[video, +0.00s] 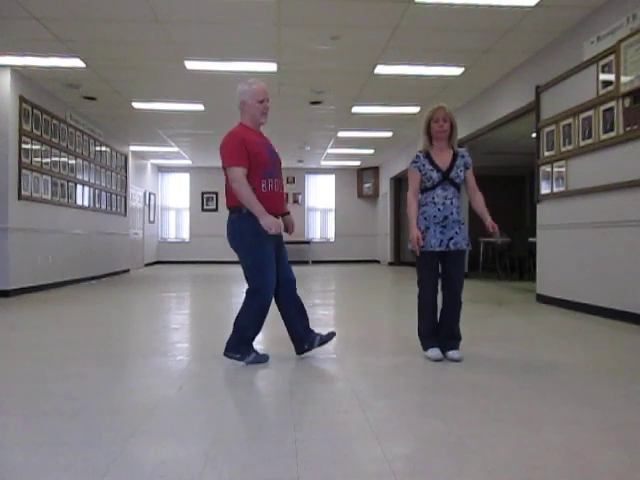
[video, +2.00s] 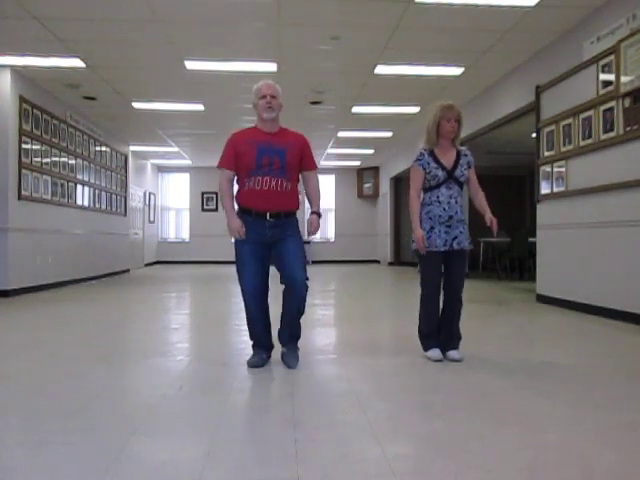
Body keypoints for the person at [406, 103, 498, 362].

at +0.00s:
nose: (441, 125)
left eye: (445, 121)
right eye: (436, 121)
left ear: (452, 126)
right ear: (428, 127)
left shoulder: (462, 158)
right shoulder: (420, 159)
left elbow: (474, 192)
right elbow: (413, 195)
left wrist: (487, 218)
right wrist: (413, 226)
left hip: (456, 231)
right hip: (427, 231)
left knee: (454, 291)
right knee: (428, 290)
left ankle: (450, 343)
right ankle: (430, 343)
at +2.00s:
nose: (452, 125)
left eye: (456, 121)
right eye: (447, 120)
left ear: (459, 126)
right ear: (437, 124)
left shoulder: (465, 157)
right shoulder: (424, 157)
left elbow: (475, 190)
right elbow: (414, 195)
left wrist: (487, 213)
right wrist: (417, 228)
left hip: (458, 230)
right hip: (430, 230)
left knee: (455, 290)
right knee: (430, 289)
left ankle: (450, 343)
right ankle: (430, 343)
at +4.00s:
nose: (450, 119)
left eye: (453, 115)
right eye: (444, 116)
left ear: (458, 122)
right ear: (435, 123)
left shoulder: (467, 155)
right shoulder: (426, 155)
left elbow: (476, 191)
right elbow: (415, 193)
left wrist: (486, 219)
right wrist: (422, 225)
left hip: (460, 229)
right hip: (433, 230)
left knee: (455, 290)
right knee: (434, 289)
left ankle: (451, 343)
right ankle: (431, 343)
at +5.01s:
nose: (450, 121)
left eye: (455, 118)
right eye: (446, 117)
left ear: (460, 125)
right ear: (438, 123)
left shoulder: (467, 157)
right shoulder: (425, 156)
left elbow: (474, 193)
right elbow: (413, 194)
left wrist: (481, 224)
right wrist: (421, 222)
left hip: (461, 230)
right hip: (433, 229)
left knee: (454, 290)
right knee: (434, 289)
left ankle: (451, 343)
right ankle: (431, 343)